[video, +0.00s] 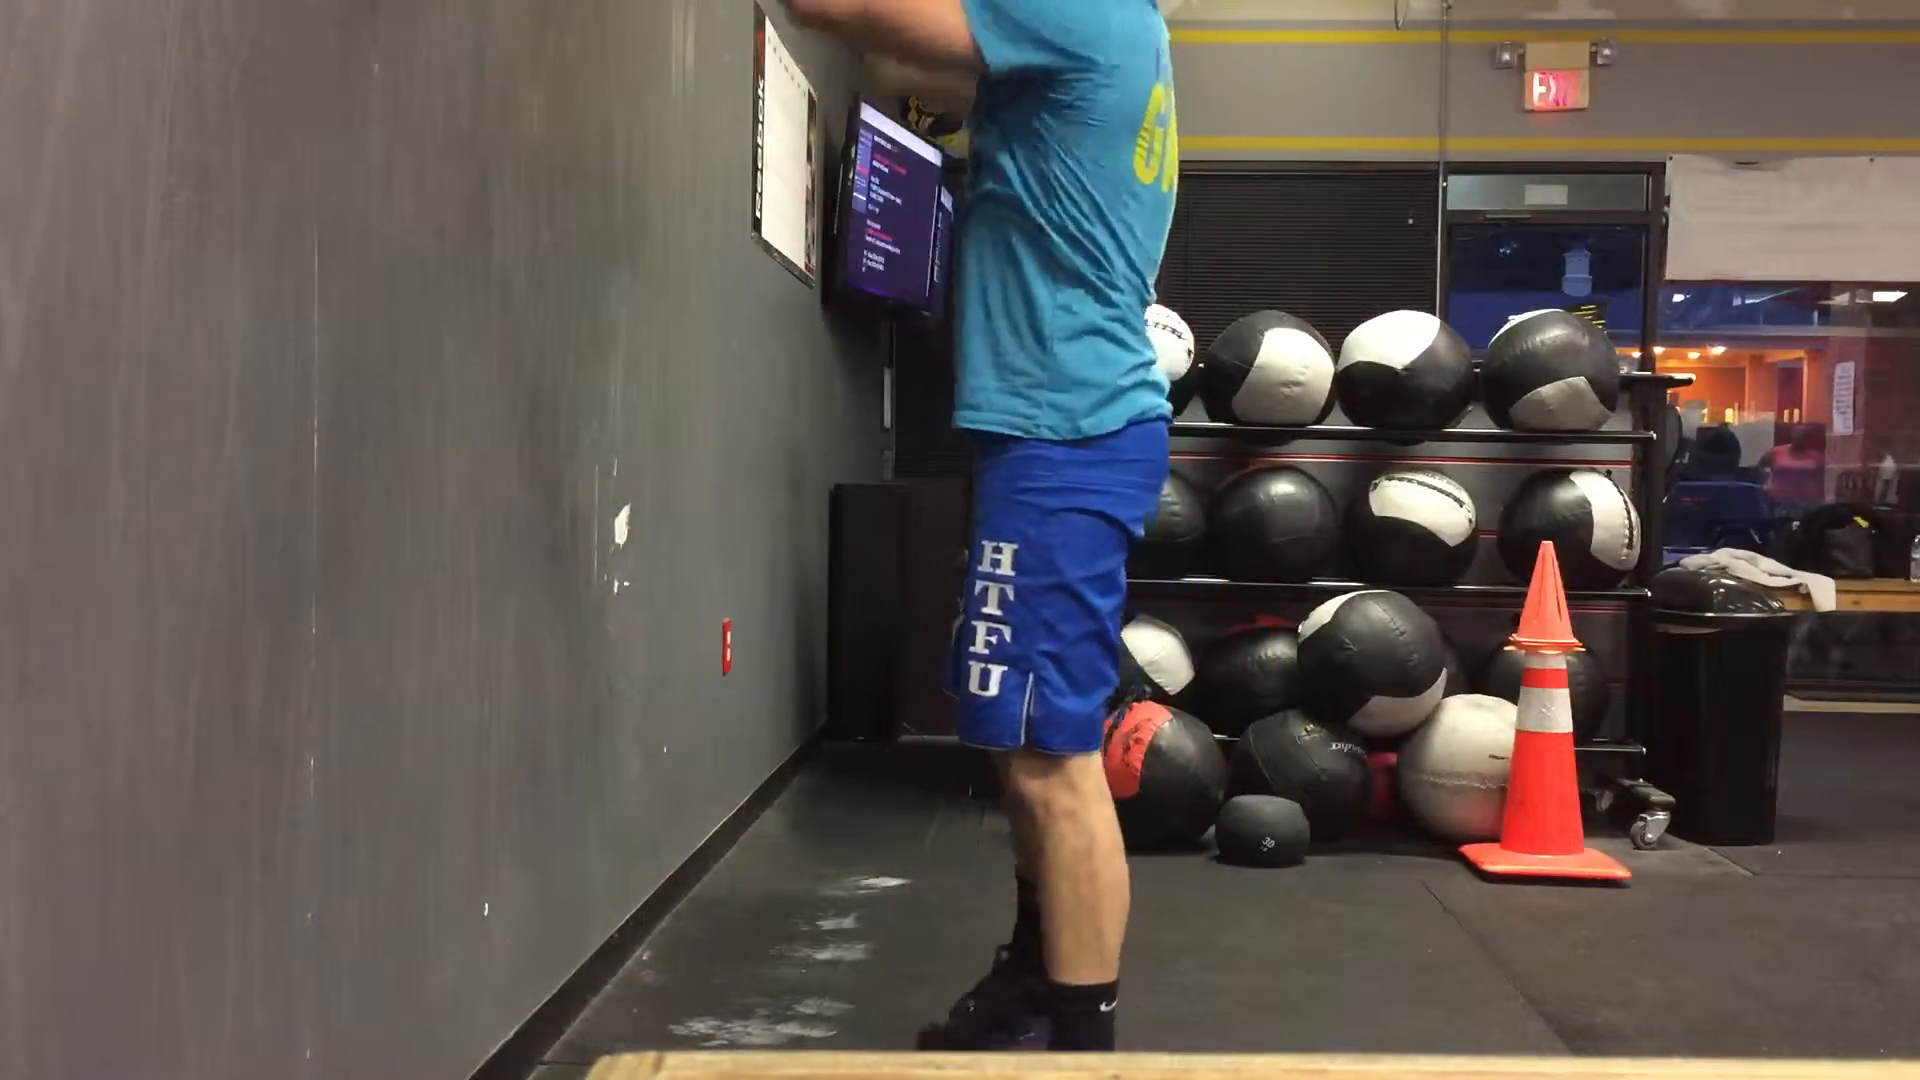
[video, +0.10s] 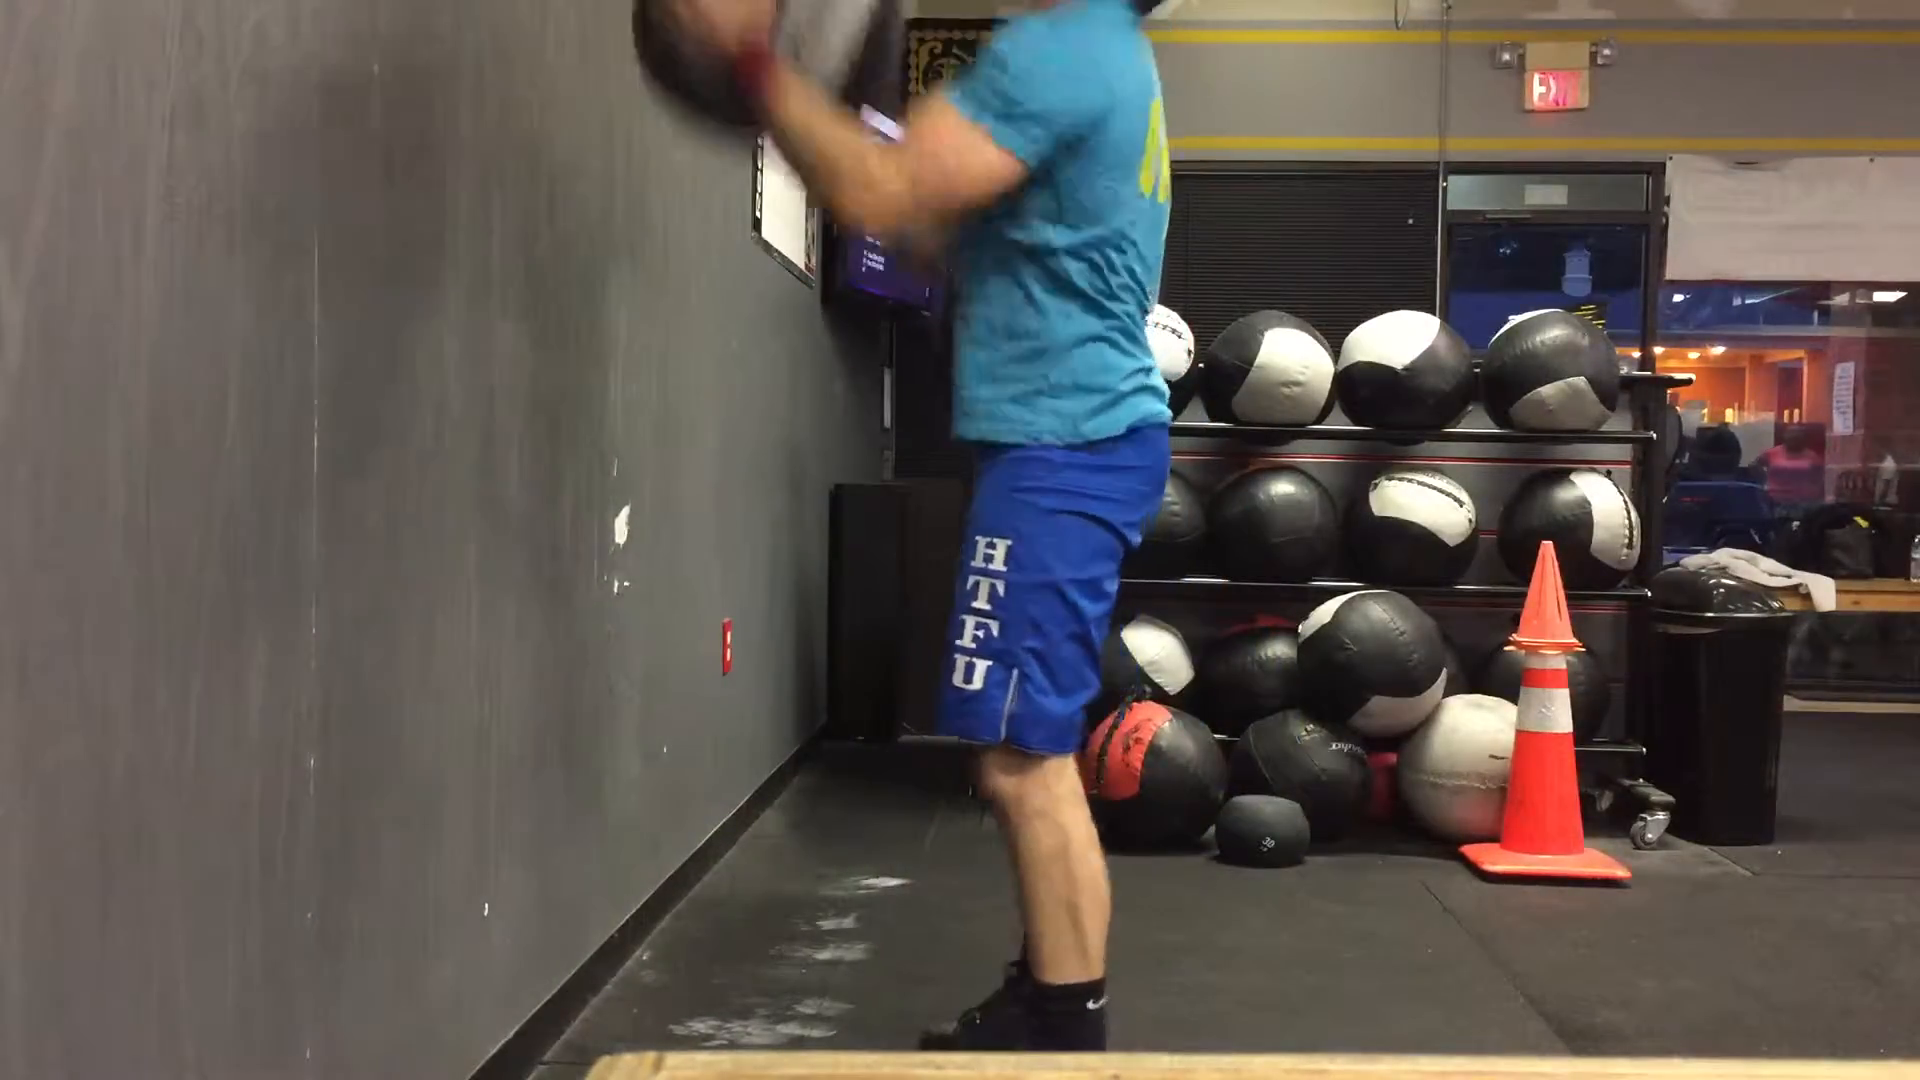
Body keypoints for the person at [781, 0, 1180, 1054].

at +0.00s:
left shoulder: (1083, 17)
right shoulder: (1104, 26)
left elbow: (863, 19)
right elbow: (918, 75)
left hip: (1069, 429)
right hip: (1053, 425)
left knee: (1053, 753)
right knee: (1028, 741)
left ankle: (1084, 1040)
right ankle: (1038, 983)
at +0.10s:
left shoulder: (1066, 49)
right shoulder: (1090, 45)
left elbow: (882, 194)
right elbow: (941, 208)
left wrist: (757, 61)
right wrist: (881, 152)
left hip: (1067, 444)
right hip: (1059, 440)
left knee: (1025, 756)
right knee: (1021, 750)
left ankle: (1071, 1025)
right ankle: (1046, 998)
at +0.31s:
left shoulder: (1049, 73)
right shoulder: (1045, 73)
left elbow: (1068, 281)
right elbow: (1032, 270)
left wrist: (879, 282)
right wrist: (875, 273)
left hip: (1076, 451)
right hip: (1078, 449)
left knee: (958, 737)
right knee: (1015, 731)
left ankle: (1049, 1019)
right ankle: (1060, 998)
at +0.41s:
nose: (929, 5)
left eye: (939, 2)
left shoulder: (1041, 68)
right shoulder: (1027, 73)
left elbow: (1108, 265)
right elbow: (1046, 271)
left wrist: (925, 318)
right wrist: (900, 310)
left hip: (1075, 447)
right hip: (1066, 445)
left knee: (979, 732)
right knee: (1027, 730)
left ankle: (1053, 1015)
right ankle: (1057, 998)